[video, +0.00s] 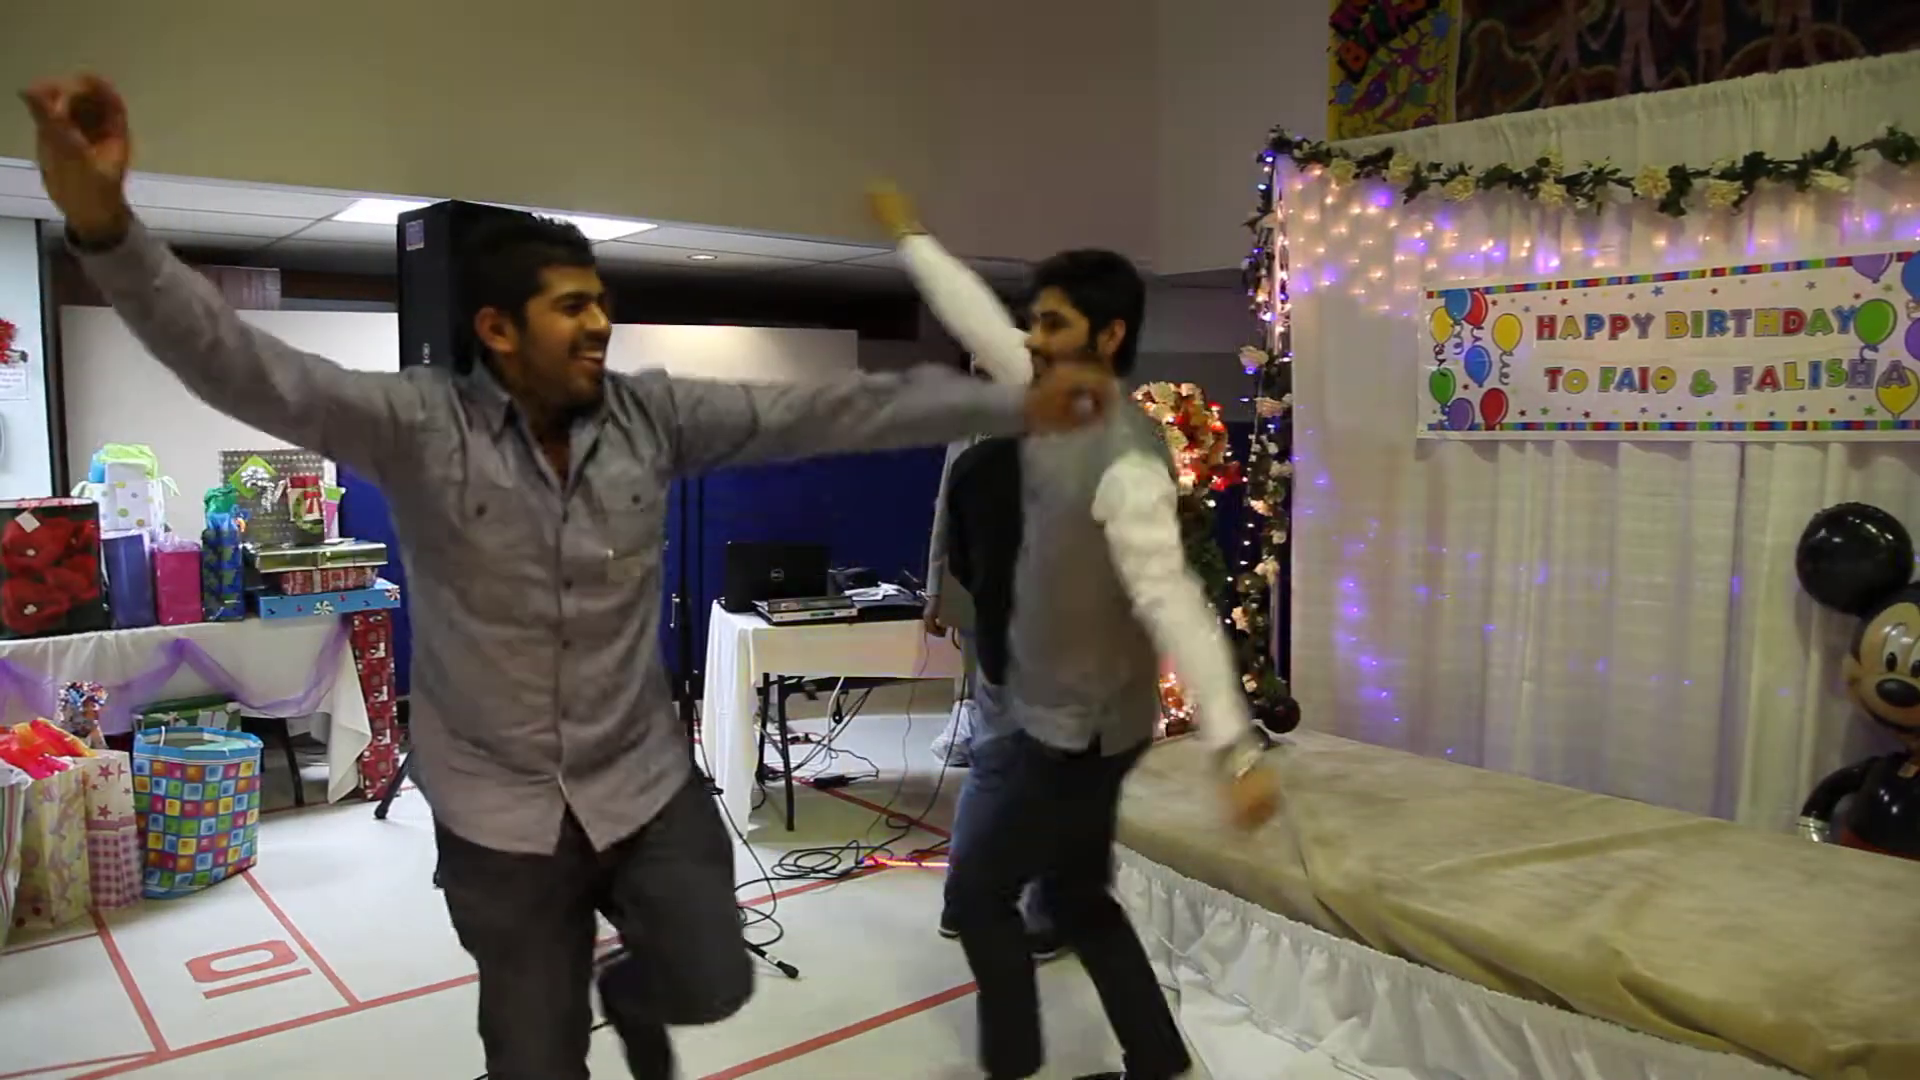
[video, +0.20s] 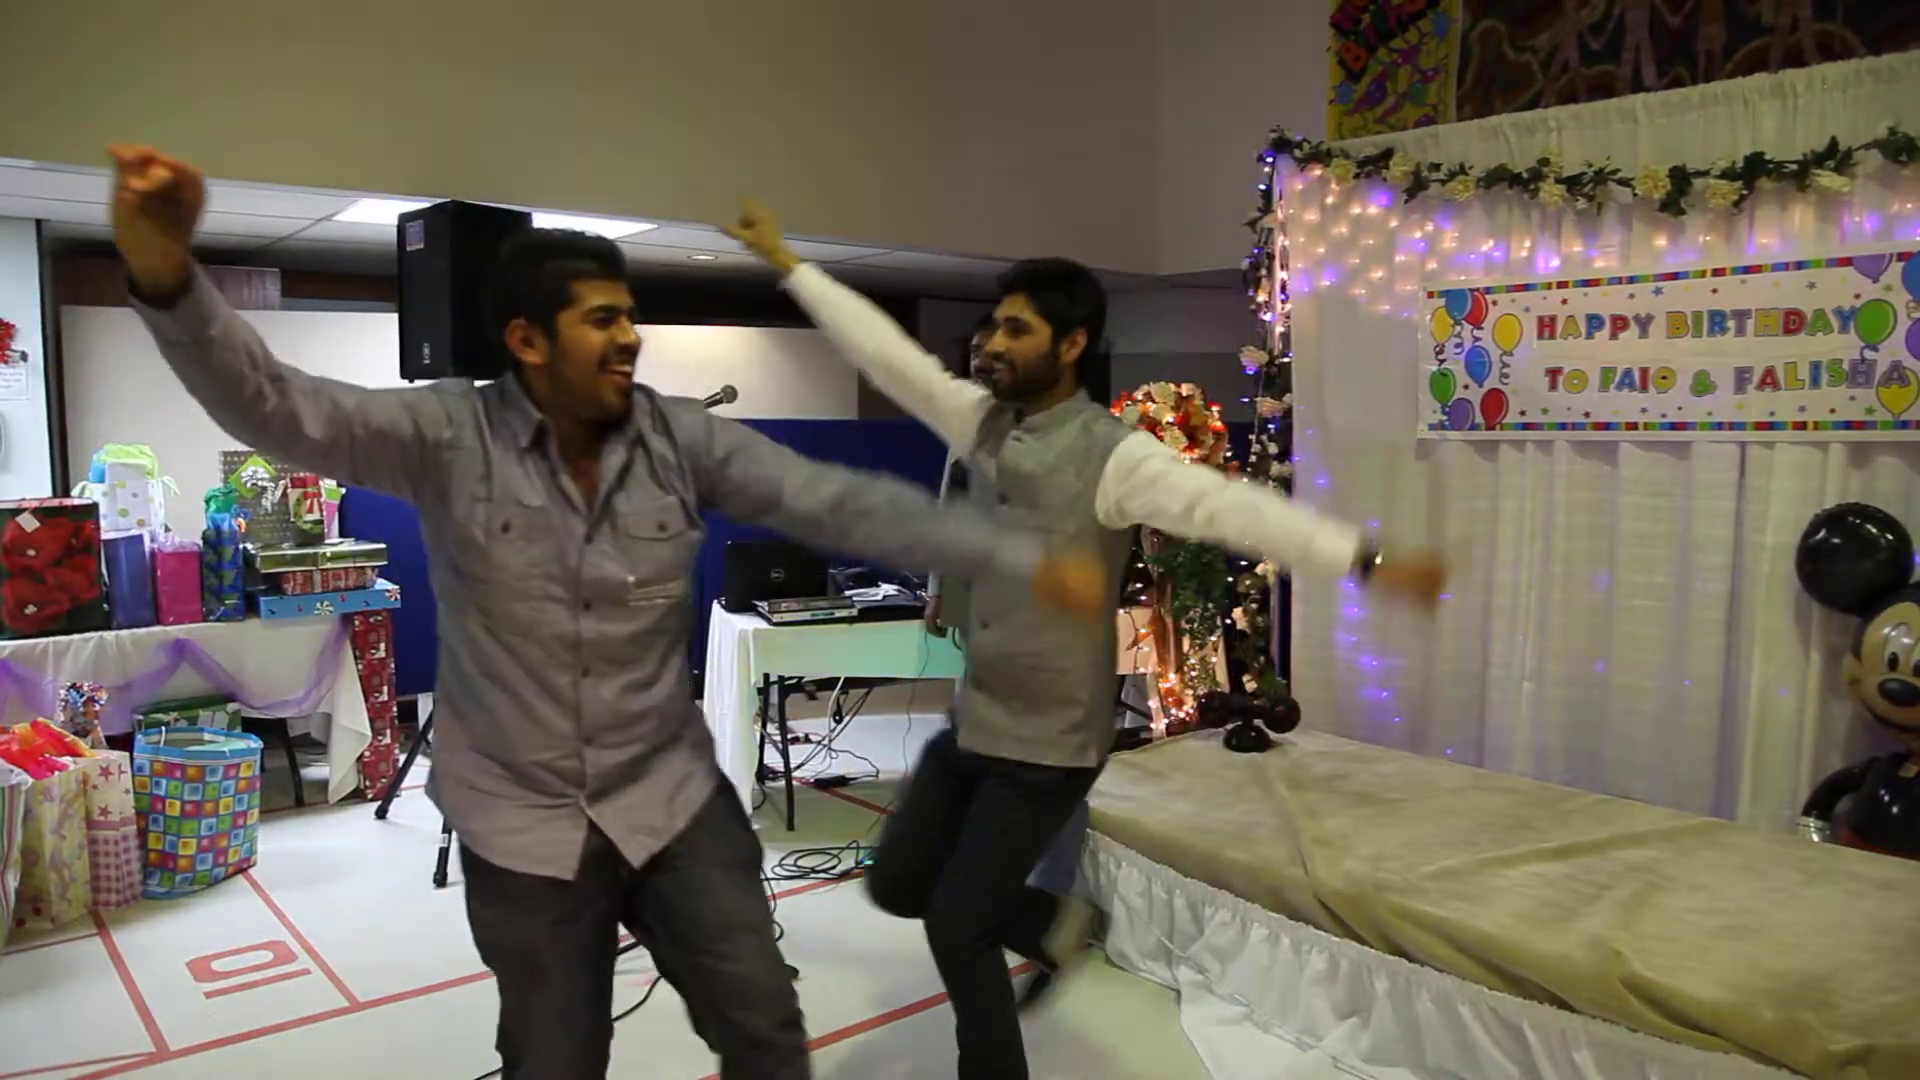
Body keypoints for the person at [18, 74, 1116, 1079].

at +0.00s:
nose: (599, 330)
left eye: (602, 309)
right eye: (572, 312)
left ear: (604, 324)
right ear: (494, 331)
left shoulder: (653, 415)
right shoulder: (416, 423)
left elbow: (835, 409)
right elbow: (246, 370)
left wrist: (1019, 401)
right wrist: (108, 232)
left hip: (649, 782)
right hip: (499, 809)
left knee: (711, 979)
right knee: (537, 1060)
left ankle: (621, 998)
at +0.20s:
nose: (628, 338)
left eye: (631, 318)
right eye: (601, 321)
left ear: (630, 336)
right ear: (524, 341)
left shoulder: (684, 439)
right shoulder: (445, 433)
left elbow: (852, 506)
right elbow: (284, 409)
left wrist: (1032, 556)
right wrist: (171, 286)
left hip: (672, 793)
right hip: (520, 816)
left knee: (768, 1034)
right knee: (553, 1062)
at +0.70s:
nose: (674, 343)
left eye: (677, 323)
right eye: (647, 326)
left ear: (682, 330)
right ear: (568, 345)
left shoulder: (716, 429)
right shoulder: (498, 441)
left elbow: (875, 436)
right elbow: (355, 439)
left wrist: (1039, 422)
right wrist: (239, 358)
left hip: (693, 805)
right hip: (553, 838)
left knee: (809, 1034)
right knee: (598, 1070)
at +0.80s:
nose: (648, 340)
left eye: (651, 320)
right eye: (621, 319)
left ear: (653, 336)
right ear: (543, 336)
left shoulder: (677, 423)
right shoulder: (488, 439)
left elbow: (827, 419)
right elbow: (387, 469)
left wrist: (989, 401)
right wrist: (286, 437)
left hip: (660, 788)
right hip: (531, 827)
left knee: (775, 974)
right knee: (587, 1061)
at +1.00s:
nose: (615, 326)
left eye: (619, 307)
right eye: (586, 309)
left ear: (625, 315)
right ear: (514, 335)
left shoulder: (642, 420)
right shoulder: (474, 442)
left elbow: (775, 391)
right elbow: (421, 505)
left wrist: (910, 340)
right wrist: (371, 555)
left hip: (622, 797)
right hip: (505, 830)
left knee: (667, 987)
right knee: (578, 1056)